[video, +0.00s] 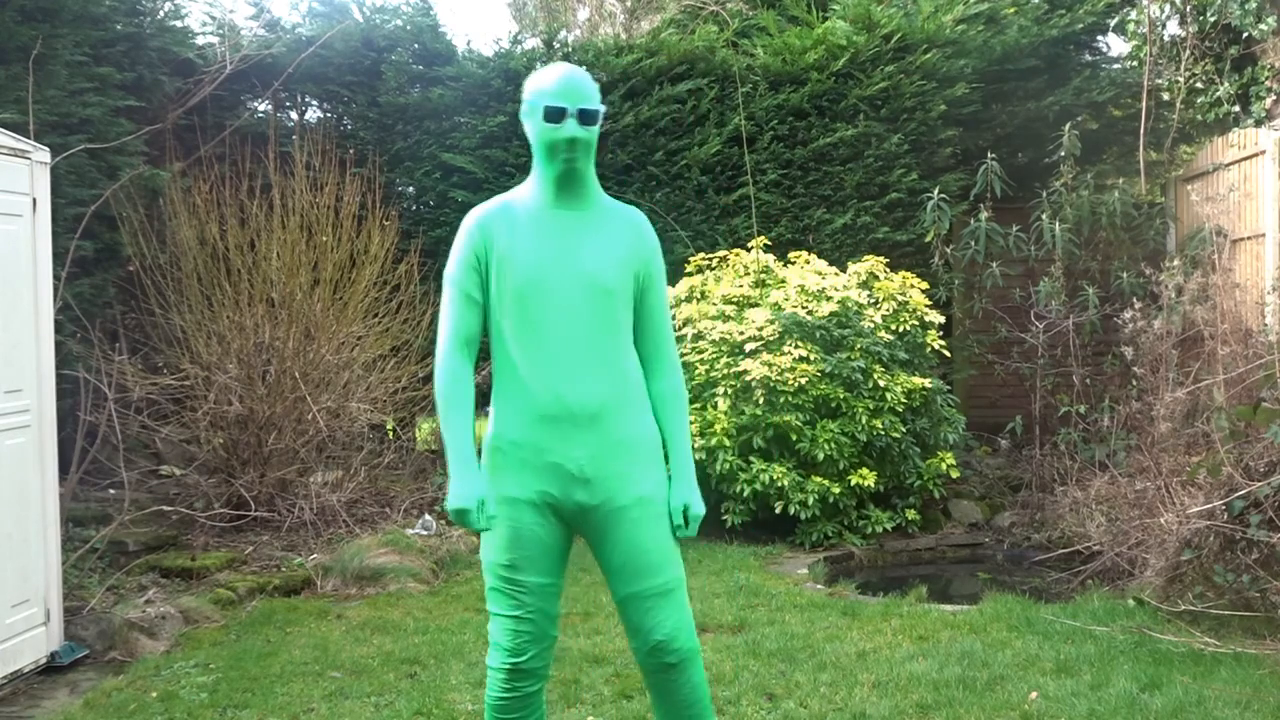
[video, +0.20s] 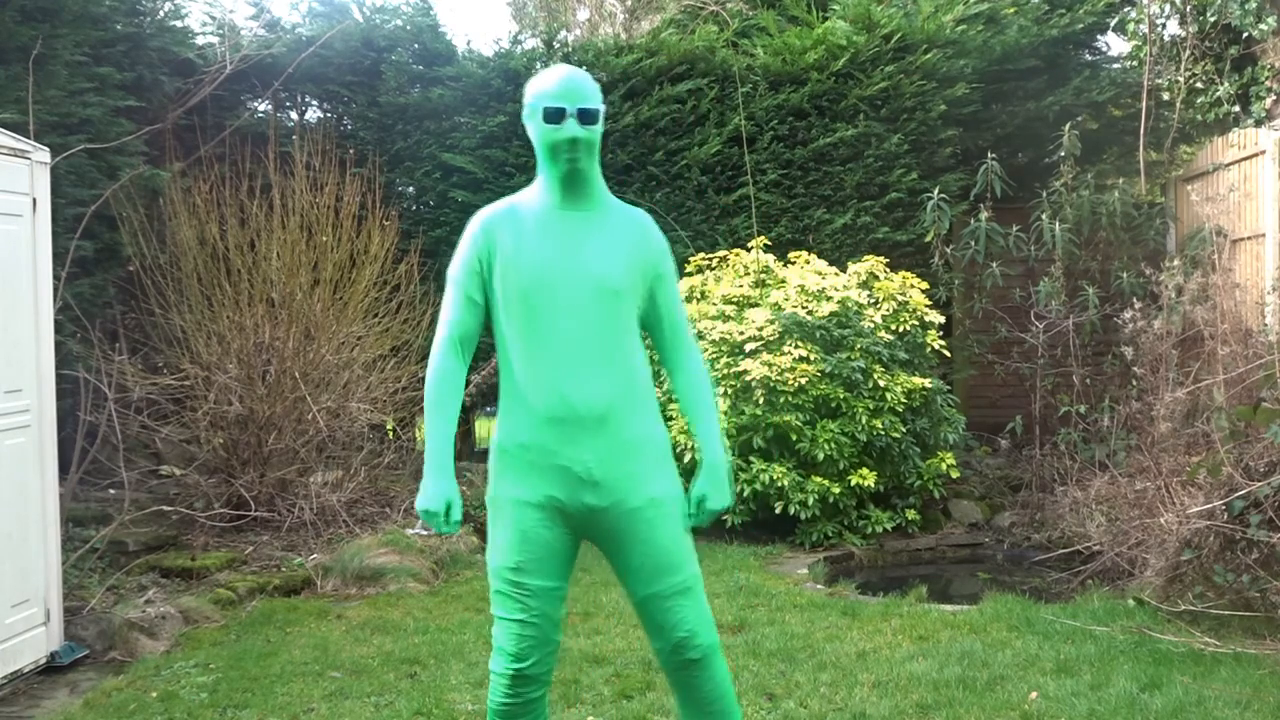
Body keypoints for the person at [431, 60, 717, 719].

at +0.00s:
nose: (571, 129)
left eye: (585, 116)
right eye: (554, 115)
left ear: (600, 125)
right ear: (526, 125)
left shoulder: (634, 230)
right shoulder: (487, 227)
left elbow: (662, 358)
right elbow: (454, 352)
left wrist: (683, 470)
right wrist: (462, 470)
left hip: (630, 472)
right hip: (521, 475)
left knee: (673, 652)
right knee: (517, 663)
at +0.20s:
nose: (571, 128)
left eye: (585, 115)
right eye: (553, 115)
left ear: (601, 126)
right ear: (528, 128)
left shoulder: (639, 231)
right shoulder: (492, 229)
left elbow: (681, 351)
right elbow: (451, 350)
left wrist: (716, 457)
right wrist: (438, 470)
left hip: (637, 471)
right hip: (528, 476)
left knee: (692, 647)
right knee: (520, 664)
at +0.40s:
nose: (608, 138)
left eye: (622, 124)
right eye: (590, 125)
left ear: (642, 135)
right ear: (568, 140)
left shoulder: (684, 241)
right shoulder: (536, 241)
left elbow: (739, 354)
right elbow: (486, 358)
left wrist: (775, 459)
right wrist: (458, 474)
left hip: (681, 486)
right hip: (568, 487)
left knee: (721, 665)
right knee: (538, 673)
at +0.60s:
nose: (654, 133)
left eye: (669, 120)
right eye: (638, 120)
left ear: (689, 130)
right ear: (615, 131)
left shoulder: (727, 241)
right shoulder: (577, 237)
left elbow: (779, 356)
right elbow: (549, 357)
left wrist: (811, 465)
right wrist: (541, 473)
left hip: (713, 484)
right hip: (601, 485)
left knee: (738, 668)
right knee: (562, 664)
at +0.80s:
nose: (666, 132)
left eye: (682, 119)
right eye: (650, 119)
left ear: (703, 131)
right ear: (629, 131)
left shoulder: (737, 243)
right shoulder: (587, 234)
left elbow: (782, 365)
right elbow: (557, 351)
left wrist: (813, 478)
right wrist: (543, 470)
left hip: (716, 489)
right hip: (604, 487)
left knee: (739, 671)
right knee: (564, 666)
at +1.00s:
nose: (654, 133)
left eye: (669, 120)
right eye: (637, 120)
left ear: (692, 130)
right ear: (618, 132)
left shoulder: (727, 245)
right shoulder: (578, 232)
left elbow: (771, 360)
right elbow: (535, 345)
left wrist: (788, 472)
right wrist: (516, 460)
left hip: (704, 488)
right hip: (593, 484)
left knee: (732, 669)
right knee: (556, 666)